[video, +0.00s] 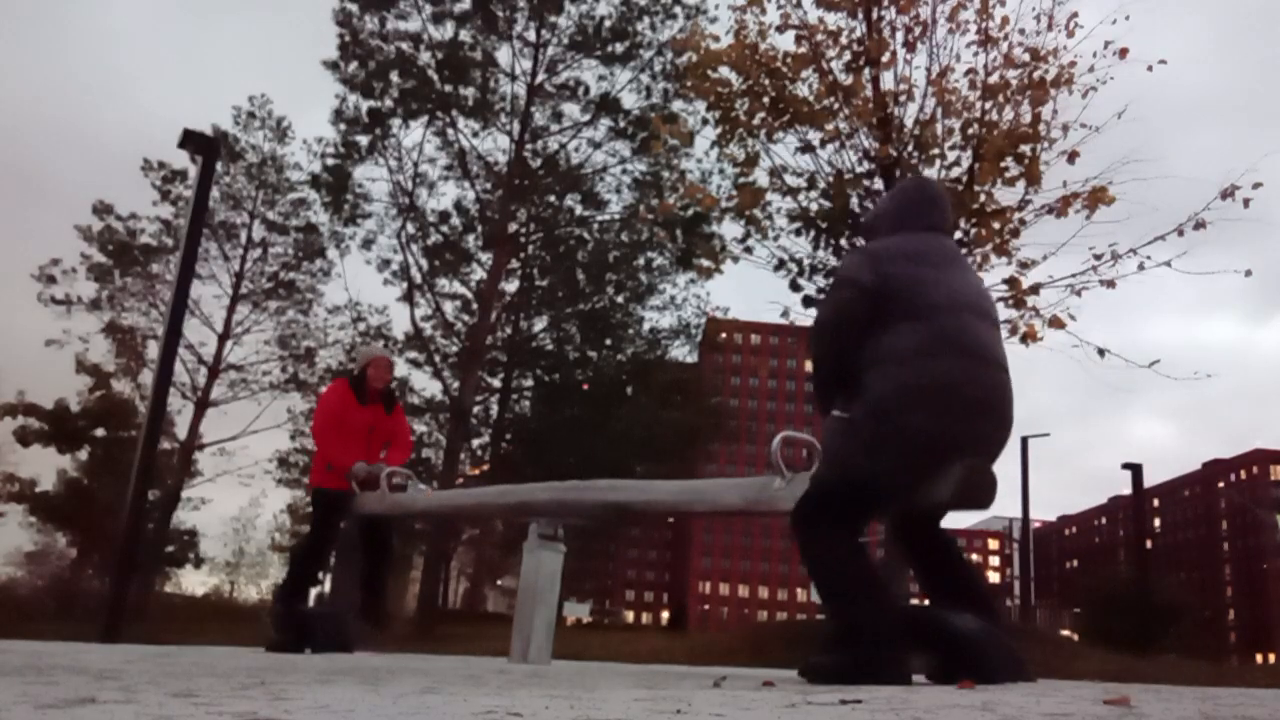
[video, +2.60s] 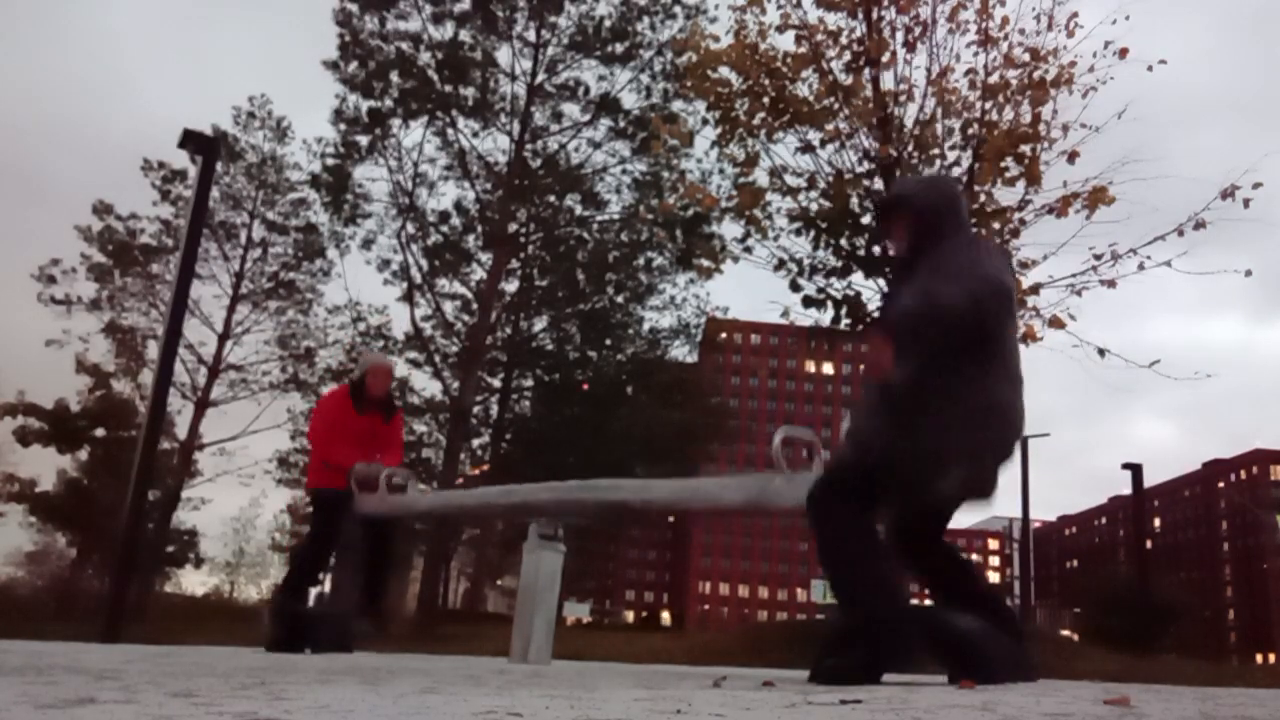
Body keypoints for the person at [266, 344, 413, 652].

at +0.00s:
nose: (382, 374)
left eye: (387, 369)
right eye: (376, 367)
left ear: (392, 374)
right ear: (363, 369)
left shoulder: (390, 405)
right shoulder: (340, 391)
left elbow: (403, 444)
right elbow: (322, 432)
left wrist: (386, 464)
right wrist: (351, 465)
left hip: (371, 491)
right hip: (332, 484)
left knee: (378, 550)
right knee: (319, 545)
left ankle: (371, 618)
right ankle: (287, 608)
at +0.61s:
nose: (388, 338)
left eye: (394, 333)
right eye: (383, 331)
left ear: (400, 338)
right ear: (371, 333)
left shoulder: (401, 369)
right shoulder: (349, 355)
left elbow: (409, 406)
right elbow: (338, 399)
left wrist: (392, 430)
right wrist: (362, 431)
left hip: (382, 452)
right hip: (343, 444)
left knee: (391, 512)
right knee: (333, 504)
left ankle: (384, 582)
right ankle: (299, 568)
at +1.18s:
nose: (381, 354)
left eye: (386, 349)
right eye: (376, 348)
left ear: (392, 353)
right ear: (363, 351)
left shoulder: (397, 386)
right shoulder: (342, 377)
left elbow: (404, 426)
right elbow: (333, 420)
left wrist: (385, 446)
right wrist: (358, 448)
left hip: (378, 469)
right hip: (338, 463)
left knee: (387, 528)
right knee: (329, 523)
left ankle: (384, 598)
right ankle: (293, 588)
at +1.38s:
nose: (369, 396)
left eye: (375, 391)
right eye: (364, 390)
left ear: (382, 395)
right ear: (353, 391)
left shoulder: (384, 428)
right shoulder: (331, 413)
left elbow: (390, 468)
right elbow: (319, 458)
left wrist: (375, 486)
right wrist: (346, 486)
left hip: (365, 511)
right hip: (327, 505)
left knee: (377, 564)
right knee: (317, 564)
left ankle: (364, 634)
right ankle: (273, 621)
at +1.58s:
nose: (362, 431)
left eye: (367, 426)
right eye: (357, 425)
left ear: (371, 429)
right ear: (343, 425)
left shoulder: (370, 461)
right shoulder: (315, 451)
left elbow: (374, 500)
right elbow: (306, 495)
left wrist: (368, 519)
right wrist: (337, 515)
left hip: (352, 535)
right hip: (315, 530)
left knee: (376, 572)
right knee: (313, 578)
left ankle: (358, 636)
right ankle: (274, 627)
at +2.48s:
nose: (378, 410)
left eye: (381, 405)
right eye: (373, 404)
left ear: (384, 408)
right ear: (358, 404)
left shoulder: (383, 440)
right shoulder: (331, 426)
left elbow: (388, 478)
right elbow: (308, 464)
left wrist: (373, 495)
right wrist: (343, 487)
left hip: (362, 517)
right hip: (323, 510)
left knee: (379, 568)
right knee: (316, 566)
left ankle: (362, 635)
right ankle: (275, 630)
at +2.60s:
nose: (382, 384)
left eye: (387, 378)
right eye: (377, 377)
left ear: (391, 381)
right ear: (363, 376)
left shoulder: (391, 414)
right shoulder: (334, 402)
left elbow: (394, 454)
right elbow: (320, 442)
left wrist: (378, 467)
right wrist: (353, 464)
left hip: (368, 492)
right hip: (329, 485)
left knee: (375, 548)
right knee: (323, 541)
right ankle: (287, 606)